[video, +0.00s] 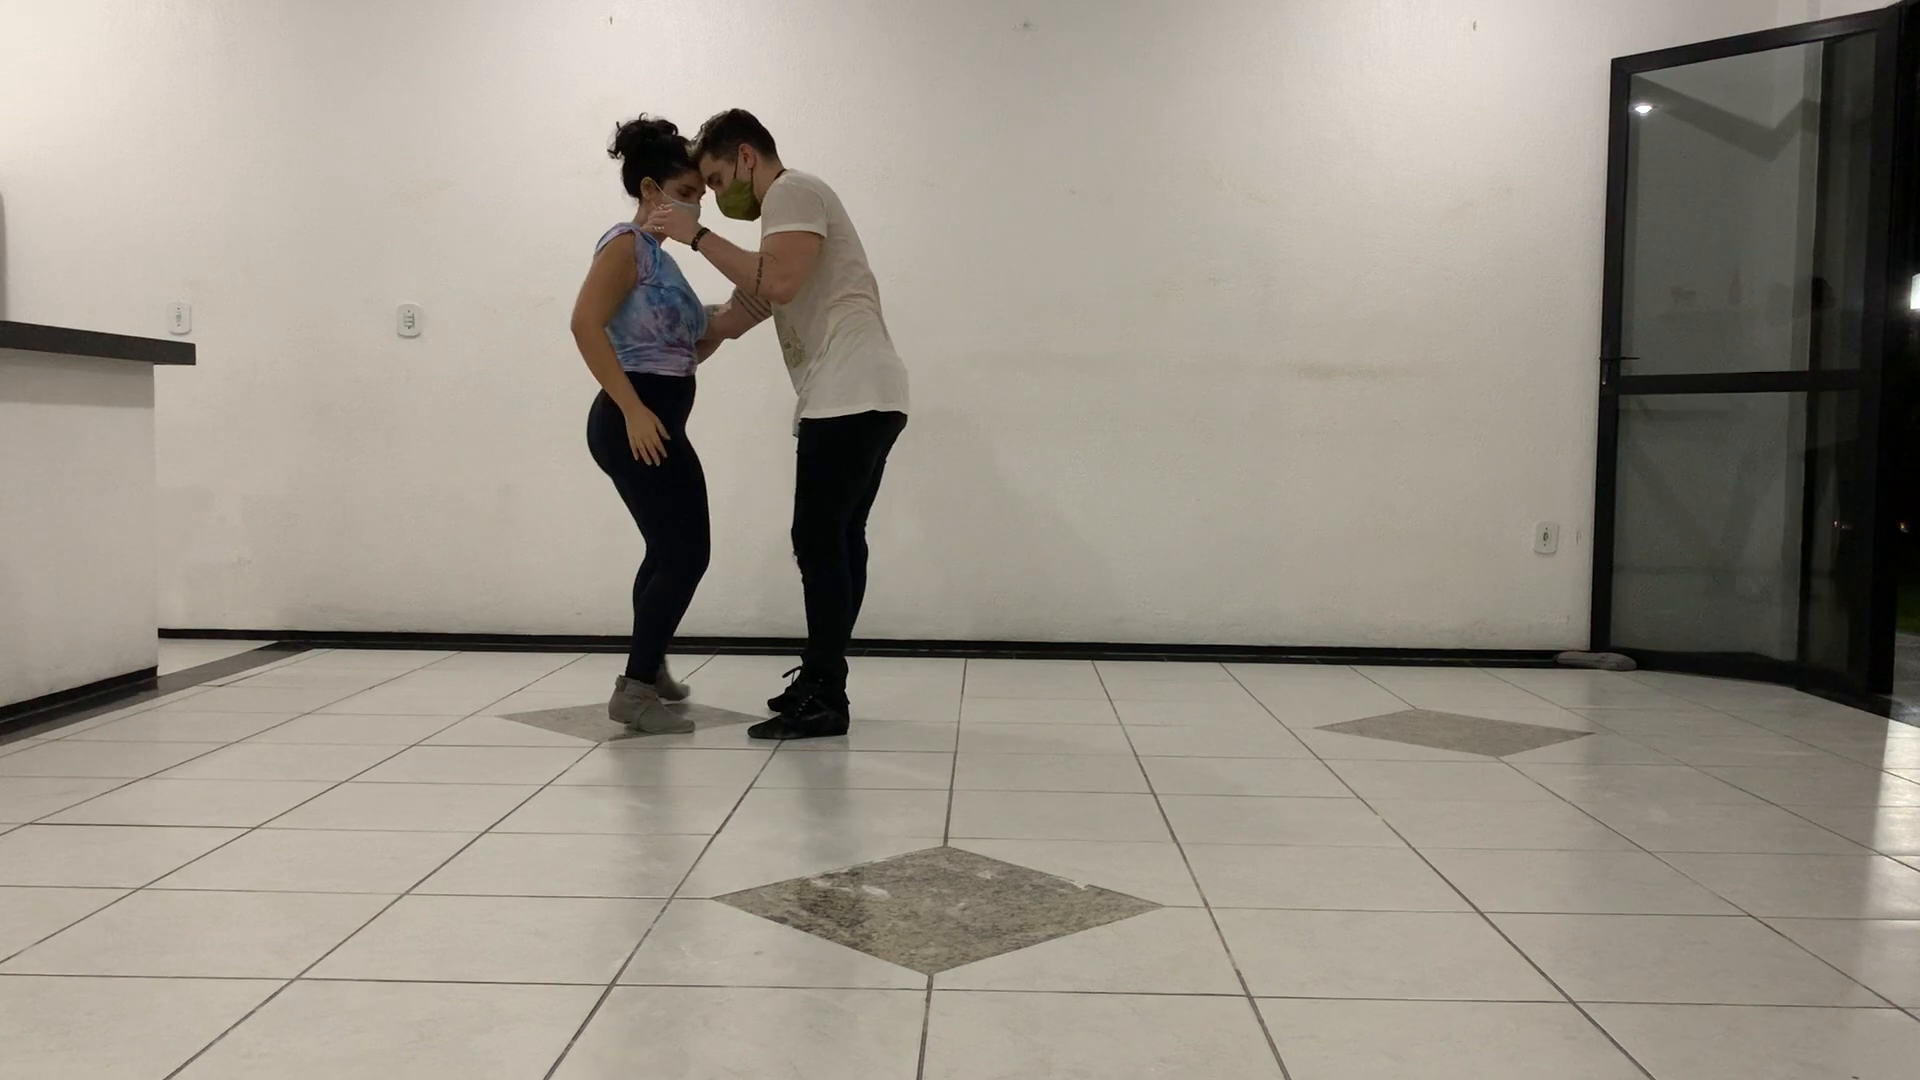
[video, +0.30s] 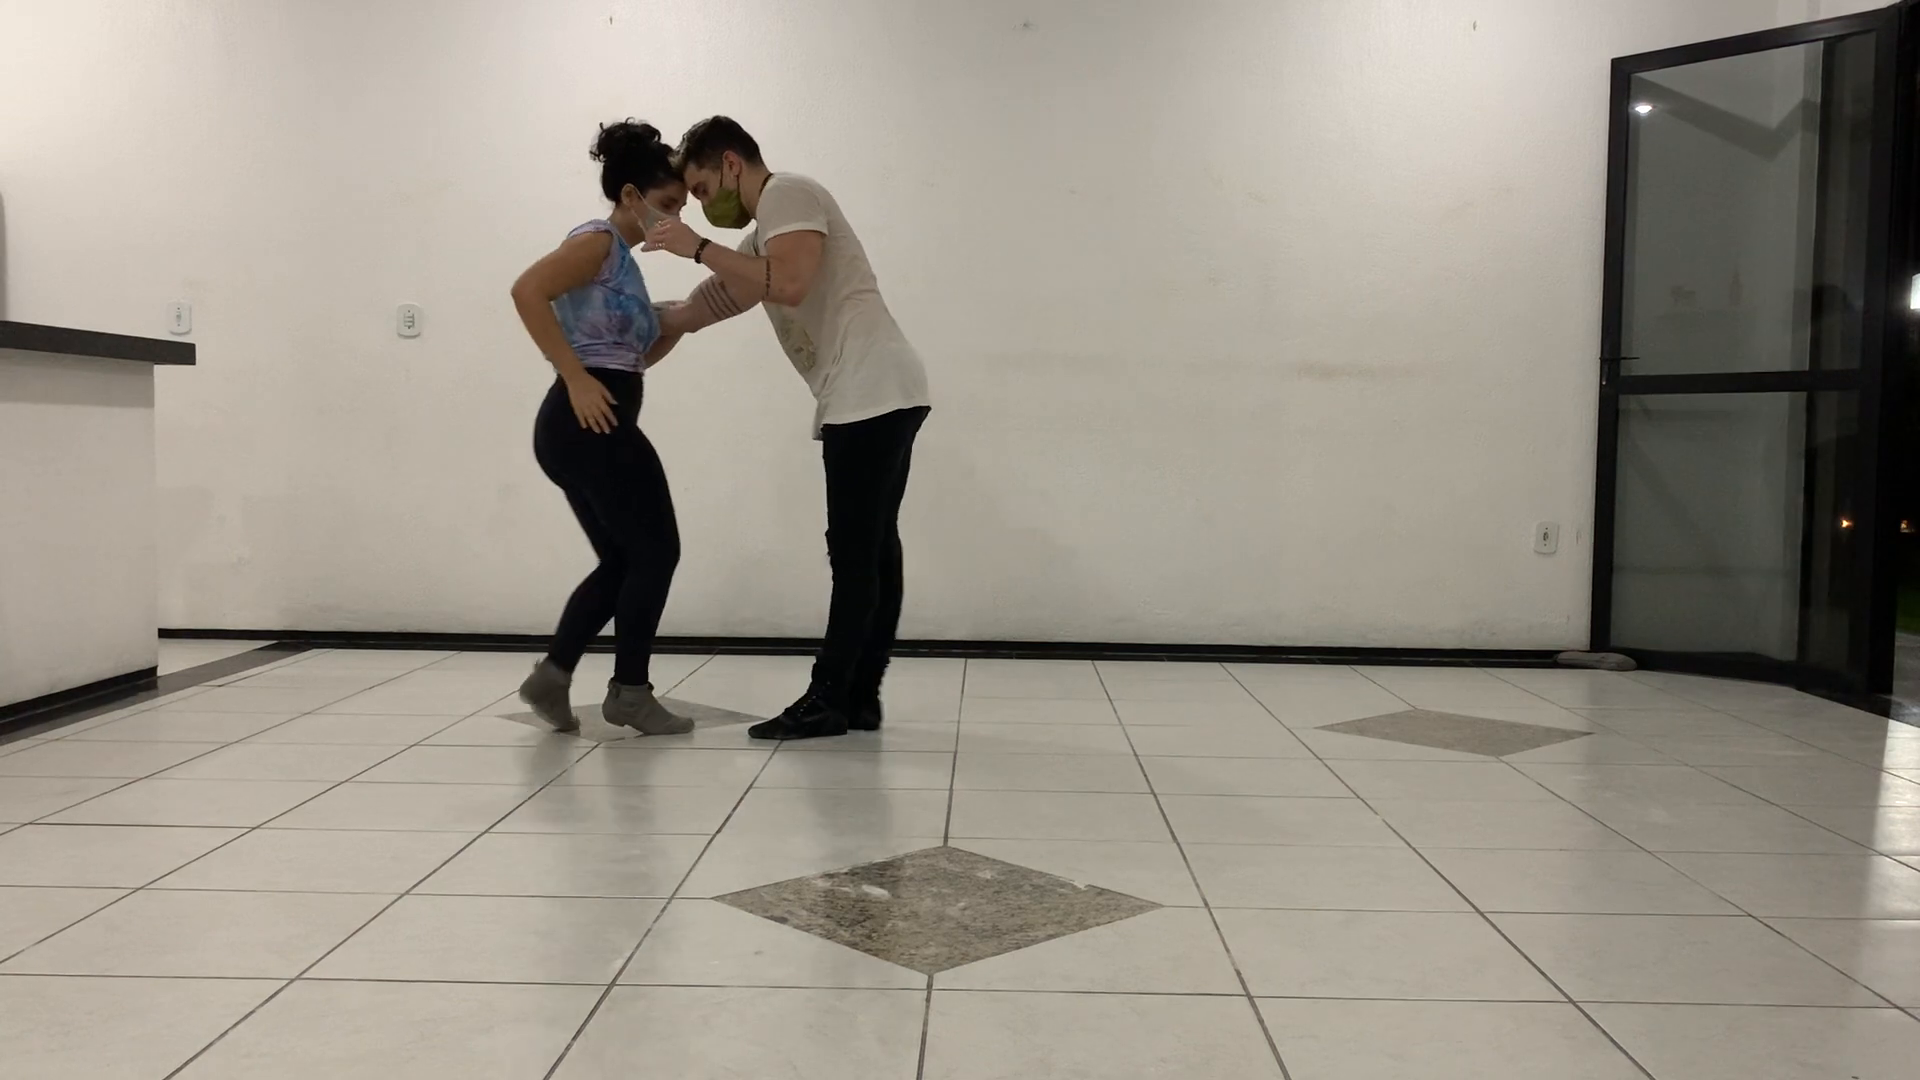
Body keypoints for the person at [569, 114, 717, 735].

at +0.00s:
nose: (698, 203)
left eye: (698, 192)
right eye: (689, 191)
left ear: (670, 194)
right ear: (653, 191)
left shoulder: (657, 257)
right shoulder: (625, 248)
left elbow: (688, 346)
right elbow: (585, 325)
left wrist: (741, 311)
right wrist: (633, 409)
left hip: (659, 413)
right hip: (636, 415)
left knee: (678, 548)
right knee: (681, 548)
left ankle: (648, 668)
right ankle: (636, 685)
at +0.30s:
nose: (673, 219)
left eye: (678, 208)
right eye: (666, 206)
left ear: (644, 198)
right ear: (629, 197)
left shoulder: (622, 264)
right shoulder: (596, 245)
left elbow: (641, 356)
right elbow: (526, 292)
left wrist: (690, 313)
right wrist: (575, 376)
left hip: (580, 421)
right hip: (595, 418)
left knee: (621, 559)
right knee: (656, 548)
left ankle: (552, 676)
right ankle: (631, 690)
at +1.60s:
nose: (541, 156)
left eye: (535, 148)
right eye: (528, 152)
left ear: (509, 176)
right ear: (501, 175)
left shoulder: (530, 252)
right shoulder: (493, 241)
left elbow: (559, 333)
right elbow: (449, 323)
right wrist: (468, 417)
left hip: (517, 420)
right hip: (480, 419)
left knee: (548, 555)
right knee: (516, 559)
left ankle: (507, 692)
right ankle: (471, 706)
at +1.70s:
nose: (519, 159)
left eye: (512, 150)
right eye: (505, 154)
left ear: (485, 178)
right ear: (477, 178)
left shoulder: (511, 248)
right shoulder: (478, 249)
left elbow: (559, 329)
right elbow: (454, 339)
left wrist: (630, 307)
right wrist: (492, 424)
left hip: (523, 422)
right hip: (483, 423)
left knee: (551, 556)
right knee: (522, 561)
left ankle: (506, 690)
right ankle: (473, 704)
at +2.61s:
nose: (501, 179)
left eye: (499, 167)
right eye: (492, 168)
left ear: (457, 179)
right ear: (458, 178)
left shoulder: (472, 247)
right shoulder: (443, 246)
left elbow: (514, 332)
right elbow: (497, 279)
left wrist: (574, 304)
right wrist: (582, 286)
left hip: (504, 417)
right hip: (480, 422)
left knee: (542, 558)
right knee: (525, 563)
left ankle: (506, 690)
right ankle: (473, 705)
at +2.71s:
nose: (508, 174)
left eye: (505, 163)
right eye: (498, 164)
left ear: (464, 176)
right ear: (464, 174)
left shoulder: (485, 245)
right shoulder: (451, 243)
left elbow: (520, 329)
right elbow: (505, 285)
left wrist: (579, 309)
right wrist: (590, 275)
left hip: (504, 419)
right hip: (476, 422)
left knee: (542, 556)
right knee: (522, 564)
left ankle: (505, 689)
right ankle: (473, 704)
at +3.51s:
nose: (531, 189)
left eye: (529, 177)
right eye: (523, 178)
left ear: (477, 185)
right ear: (488, 186)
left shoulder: (428, 257)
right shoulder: (507, 259)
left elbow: (429, 332)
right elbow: (554, 356)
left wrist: (521, 310)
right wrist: (632, 332)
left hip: (404, 428)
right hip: (451, 434)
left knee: (493, 560)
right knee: (524, 566)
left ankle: (497, 689)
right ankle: (478, 706)